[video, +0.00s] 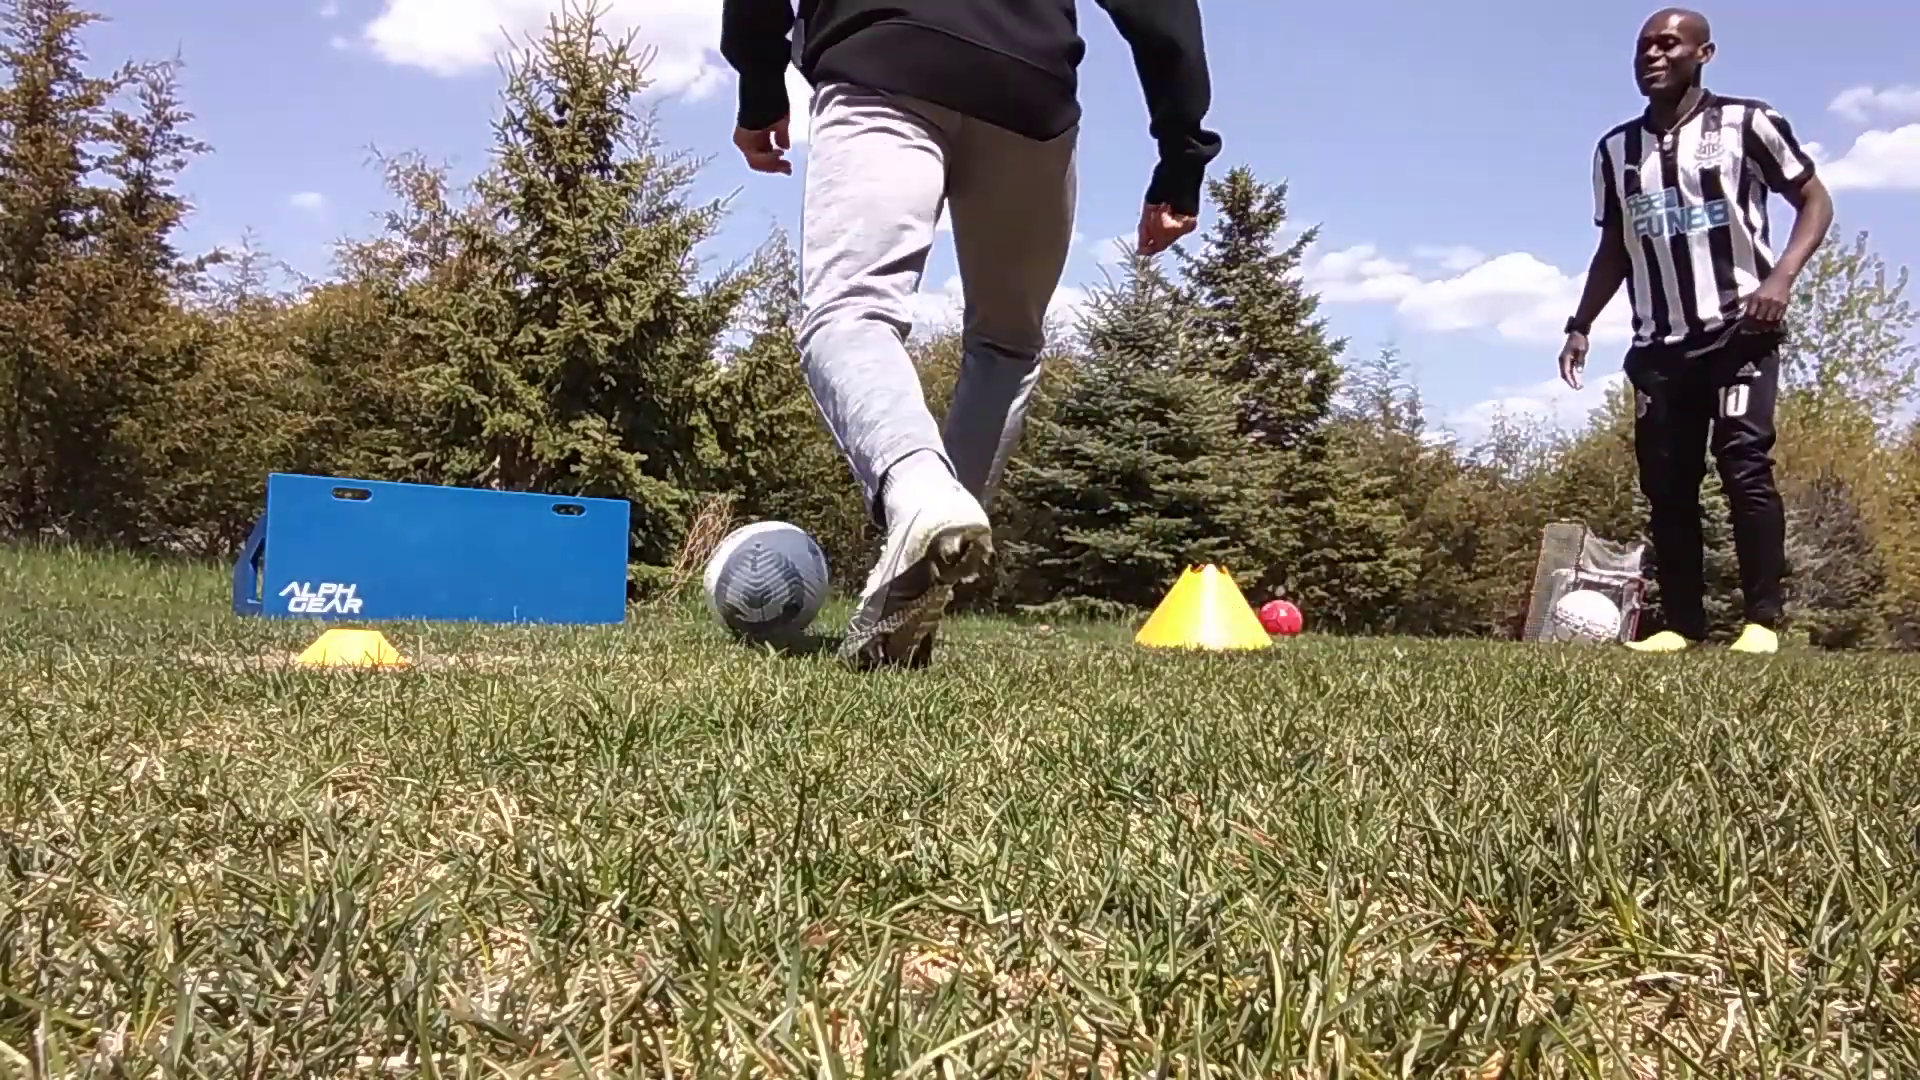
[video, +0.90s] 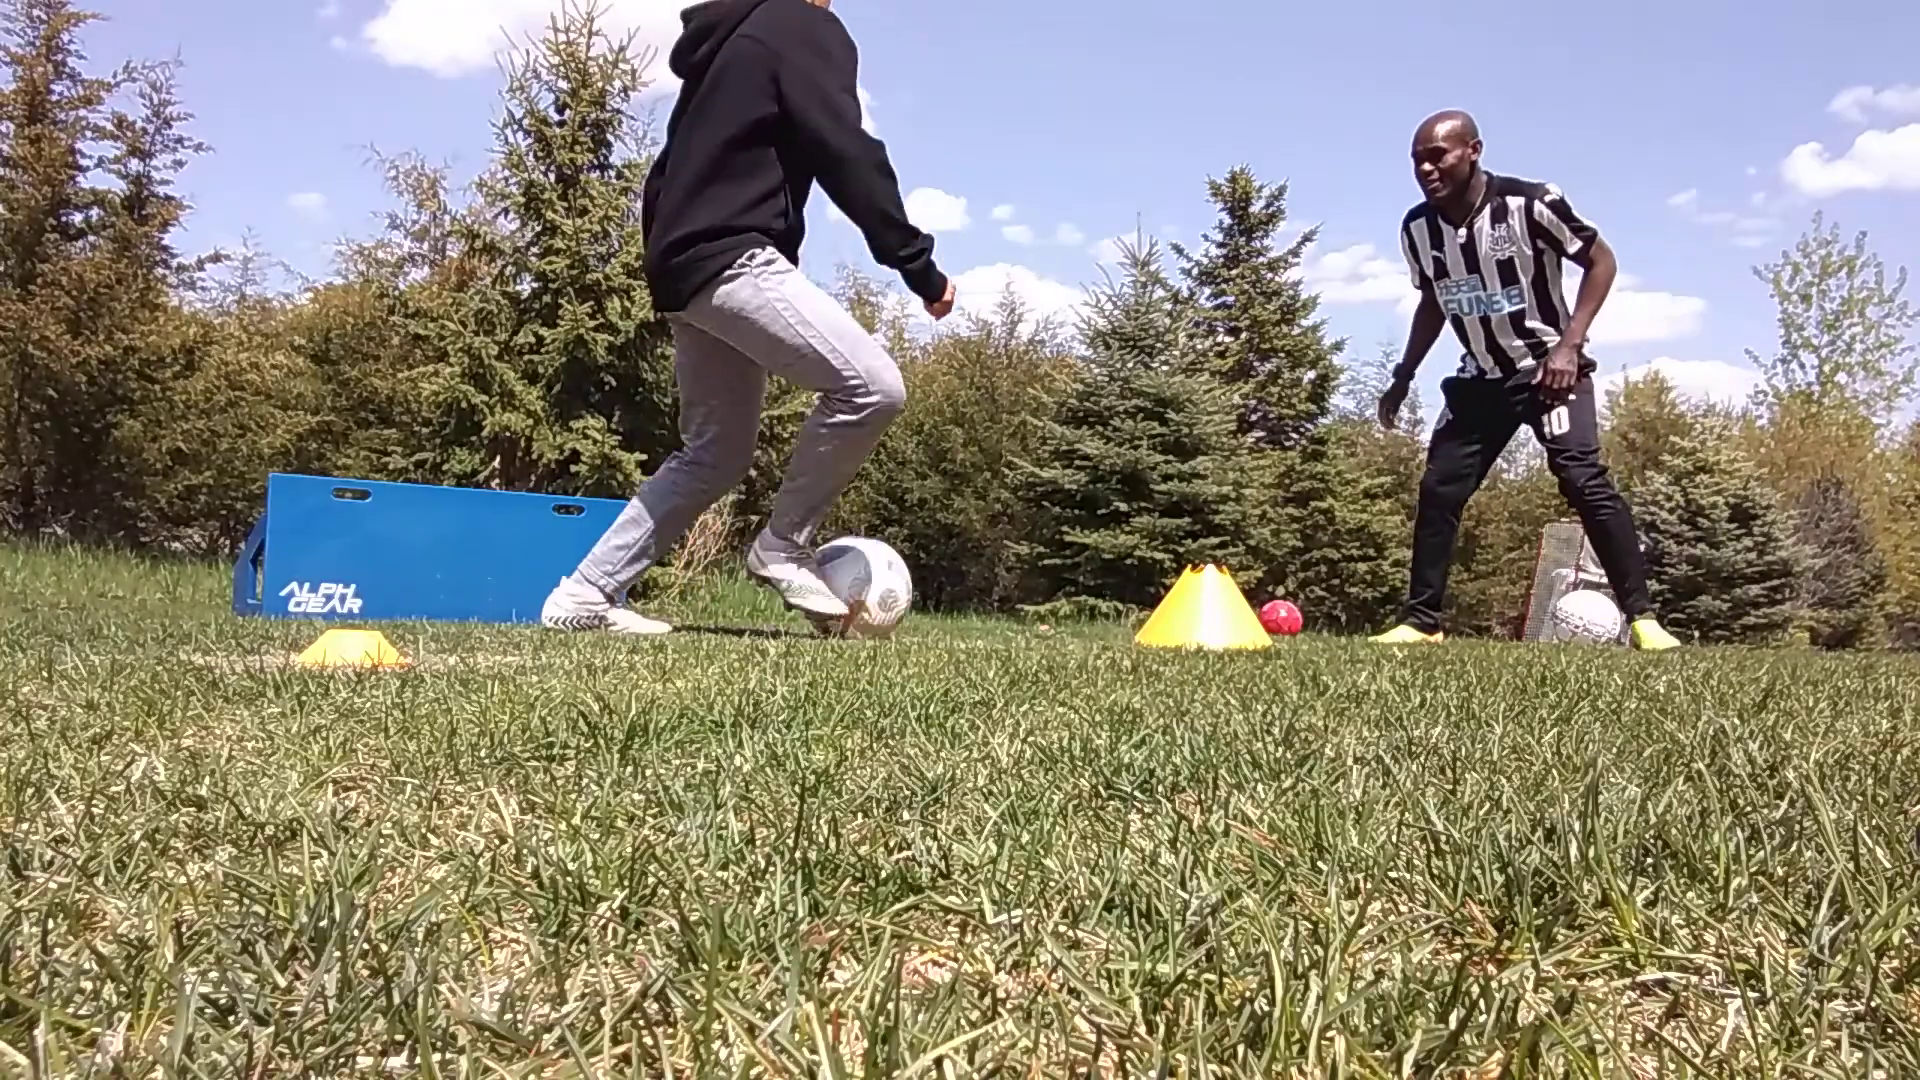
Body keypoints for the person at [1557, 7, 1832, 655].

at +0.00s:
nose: (1653, 54)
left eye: (1669, 44)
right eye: (1646, 46)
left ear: (1704, 53)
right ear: (1636, 61)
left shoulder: (1748, 122)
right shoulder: (1614, 149)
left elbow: (1817, 203)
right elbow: (1614, 247)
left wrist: (1782, 278)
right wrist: (1581, 324)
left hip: (1740, 330)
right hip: (1660, 344)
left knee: (1744, 469)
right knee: (1666, 487)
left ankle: (1762, 621)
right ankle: (1682, 625)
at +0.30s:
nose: (1633, 73)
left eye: (1649, 61)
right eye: (1631, 61)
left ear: (1693, 68)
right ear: (1629, 69)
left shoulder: (1738, 145)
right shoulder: (1608, 148)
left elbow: (1797, 234)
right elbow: (1608, 237)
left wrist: (1738, 309)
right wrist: (1581, 312)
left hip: (1709, 345)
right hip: (1628, 347)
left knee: (1729, 470)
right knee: (1578, 460)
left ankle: (1764, 623)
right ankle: (1612, 603)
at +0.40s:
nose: (1613, 96)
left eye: (1629, 84)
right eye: (1609, 85)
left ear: (1671, 89)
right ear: (1604, 91)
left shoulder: (1720, 165)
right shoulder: (1589, 168)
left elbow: (1776, 252)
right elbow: (1588, 255)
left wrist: (1721, 330)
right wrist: (1557, 332)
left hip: (1693, 356)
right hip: (1611, 357)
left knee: (1717, 476)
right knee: (1539, 468)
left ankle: (1762, 624)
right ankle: (1534, 606)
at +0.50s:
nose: (1578, 117)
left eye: (1592, 105)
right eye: (1573, 107)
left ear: (1634, 108)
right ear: (1569, 113)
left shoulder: (1686, 185)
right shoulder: (1556, 187)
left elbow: (1744, 263)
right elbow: (1559, 269)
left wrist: (1696, 344)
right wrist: (1527, 343)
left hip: (1663, 369)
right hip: (1580, 371)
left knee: (1699, 482)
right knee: (1501, 474)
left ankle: (1760, 625)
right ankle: (1460, 606)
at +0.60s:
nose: (1531, 135)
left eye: (1545, 122)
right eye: (1526, 125)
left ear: (1585, 125)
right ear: (1522, 131)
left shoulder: (1637, 197)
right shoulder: (1508, 202)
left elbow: (1692, 272)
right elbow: (1513, 279)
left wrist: (1654, 350)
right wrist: (1487, 350)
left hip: (1616, 383)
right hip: (1532, 385)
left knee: (1675, 494)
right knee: (1467, 494)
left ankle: (1750, 624)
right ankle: (1423, 619)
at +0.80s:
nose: (1441, 170)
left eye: (1454, 157)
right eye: (1435, 160)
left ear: (1491, 156)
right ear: (1431, 165)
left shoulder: (1545, 211)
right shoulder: (1430, 232)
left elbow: (1611, 277)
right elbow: (1439, 306)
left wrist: (1581, 359)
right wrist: (1408, 379)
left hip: (1556, 378)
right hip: (1484, 386)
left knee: (1603, 490)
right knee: (1430, 492)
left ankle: (1675, 617)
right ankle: (1421, 623)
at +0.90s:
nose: (1425, 168)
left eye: (1437, 155)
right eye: (1418, 158)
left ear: (1473, 153)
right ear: (1414, 162)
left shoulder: (1531, 203)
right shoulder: (1418, 229)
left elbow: (1601, 261)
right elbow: (1433, 303)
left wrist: (1571, 343)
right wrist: (1402, 376)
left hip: (1551, 370)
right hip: (1482, 381)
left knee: (1582, 480)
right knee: (1439, 490)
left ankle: (1641, 617)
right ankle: (1422, 622)